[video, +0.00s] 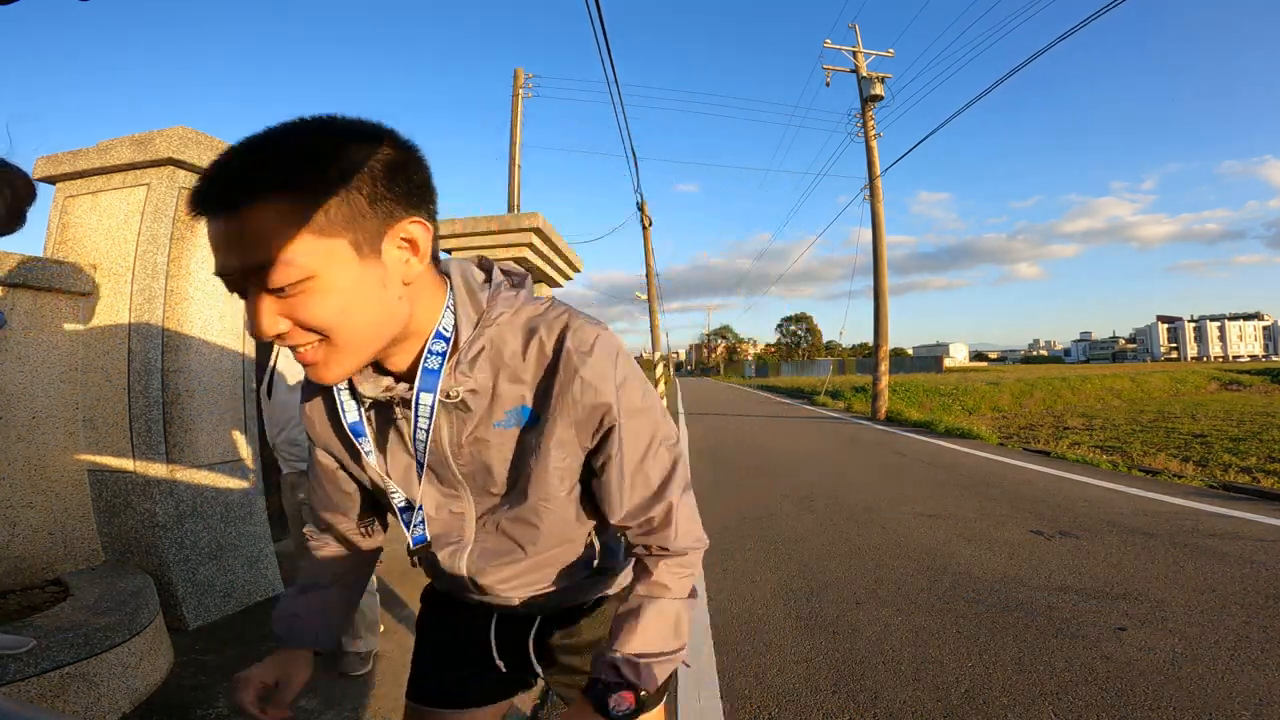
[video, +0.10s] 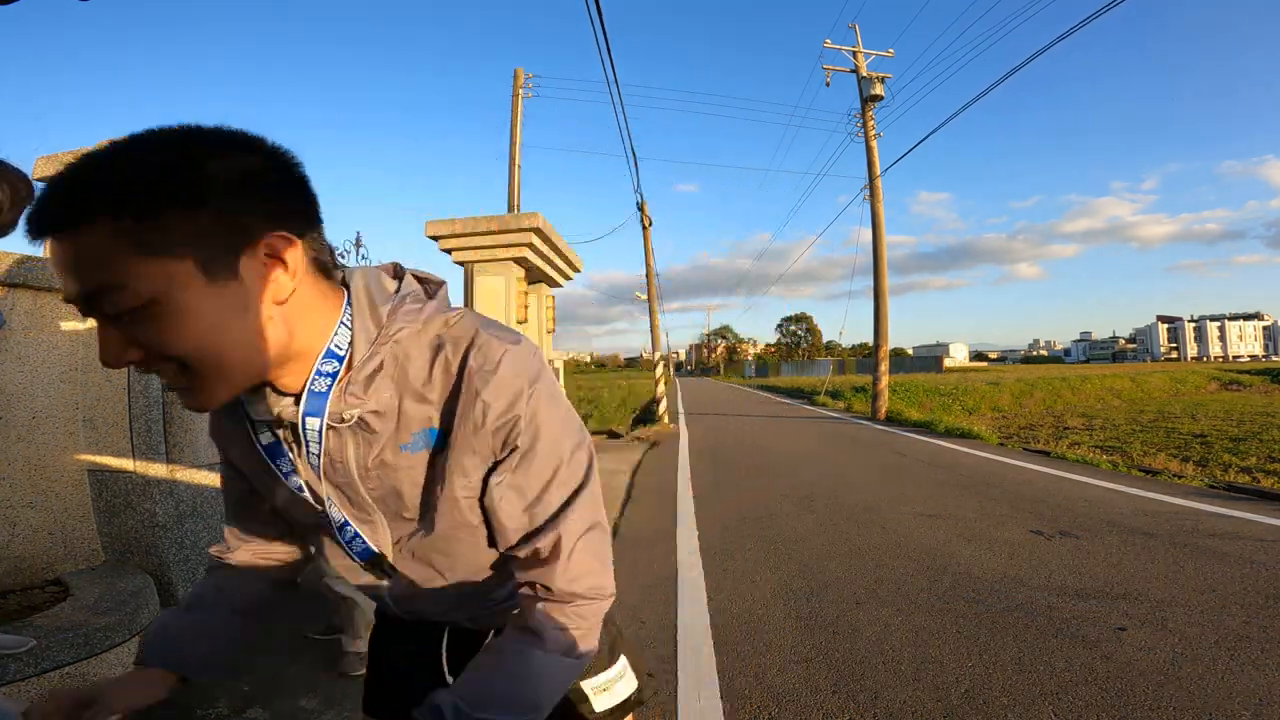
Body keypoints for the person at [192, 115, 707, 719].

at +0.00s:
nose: (262, 327)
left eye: (286, 286)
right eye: (244, 292)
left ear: (407, 253)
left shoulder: (574, 360)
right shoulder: (337, 395)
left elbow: (670, 541)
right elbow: (336, 532)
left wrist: (622, 692)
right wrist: (299, 644)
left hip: (586, 606)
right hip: (461, 609)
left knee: (592, 707)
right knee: (433, 709)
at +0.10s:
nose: (113, 357)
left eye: (132, 313)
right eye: (99, 321)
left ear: (275, 271)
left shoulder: (493, 377)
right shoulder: (246, 399)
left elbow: (570, 597)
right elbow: (257, 556)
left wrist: (457, 715)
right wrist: (154, 673)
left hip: (518, 623)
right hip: (404, 620)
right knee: (389, 711)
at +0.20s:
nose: (5, 373)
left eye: (8, 333)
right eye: (1, 345)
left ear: (122, 286)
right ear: (125, 289)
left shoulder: (375, 377)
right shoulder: (157, 406)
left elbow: (421, 642)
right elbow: (158, 582)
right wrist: (19, 673)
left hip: (501, 601)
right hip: (361, 611)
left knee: (564, 709)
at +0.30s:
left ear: (16, 288)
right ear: (20, 288)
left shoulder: (278, 361)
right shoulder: (77, 412)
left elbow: (268, 647)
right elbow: (93, 574)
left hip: (464, 601)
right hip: (323, 624)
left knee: (543, 705)